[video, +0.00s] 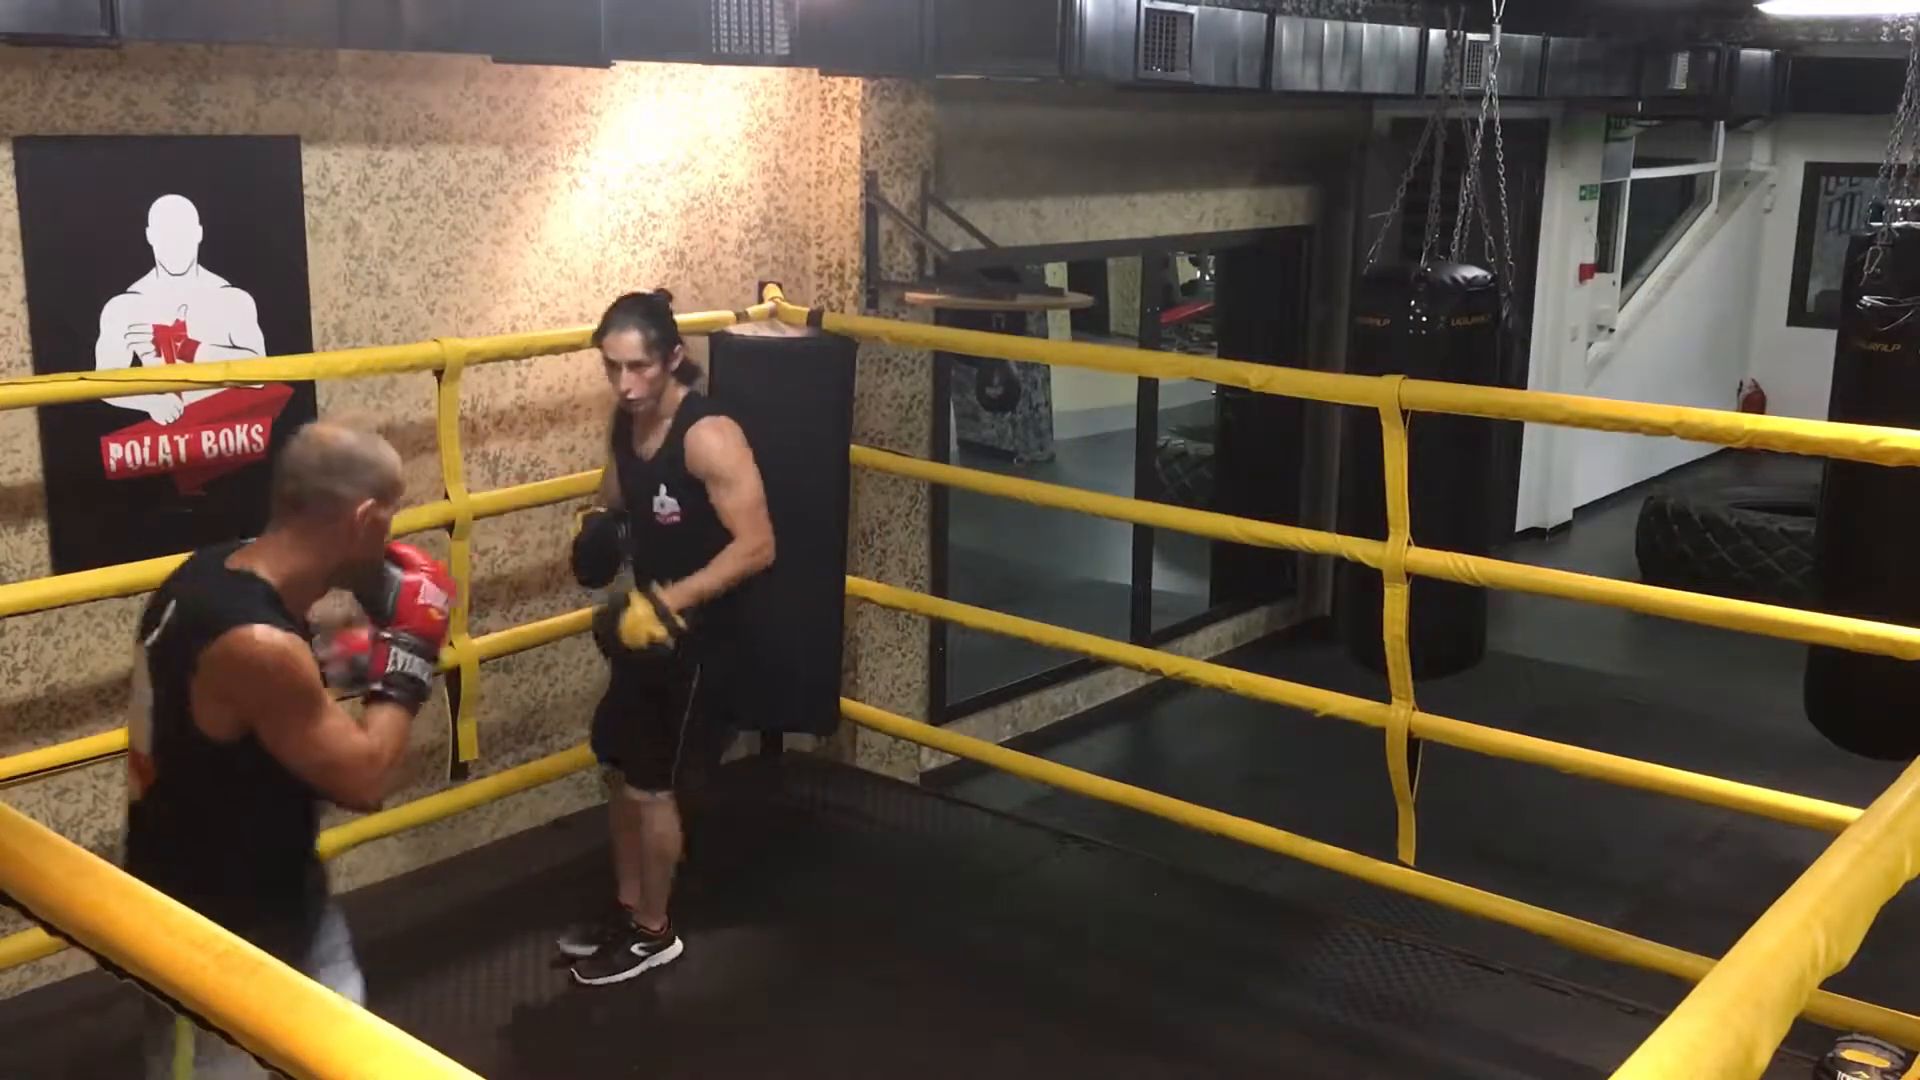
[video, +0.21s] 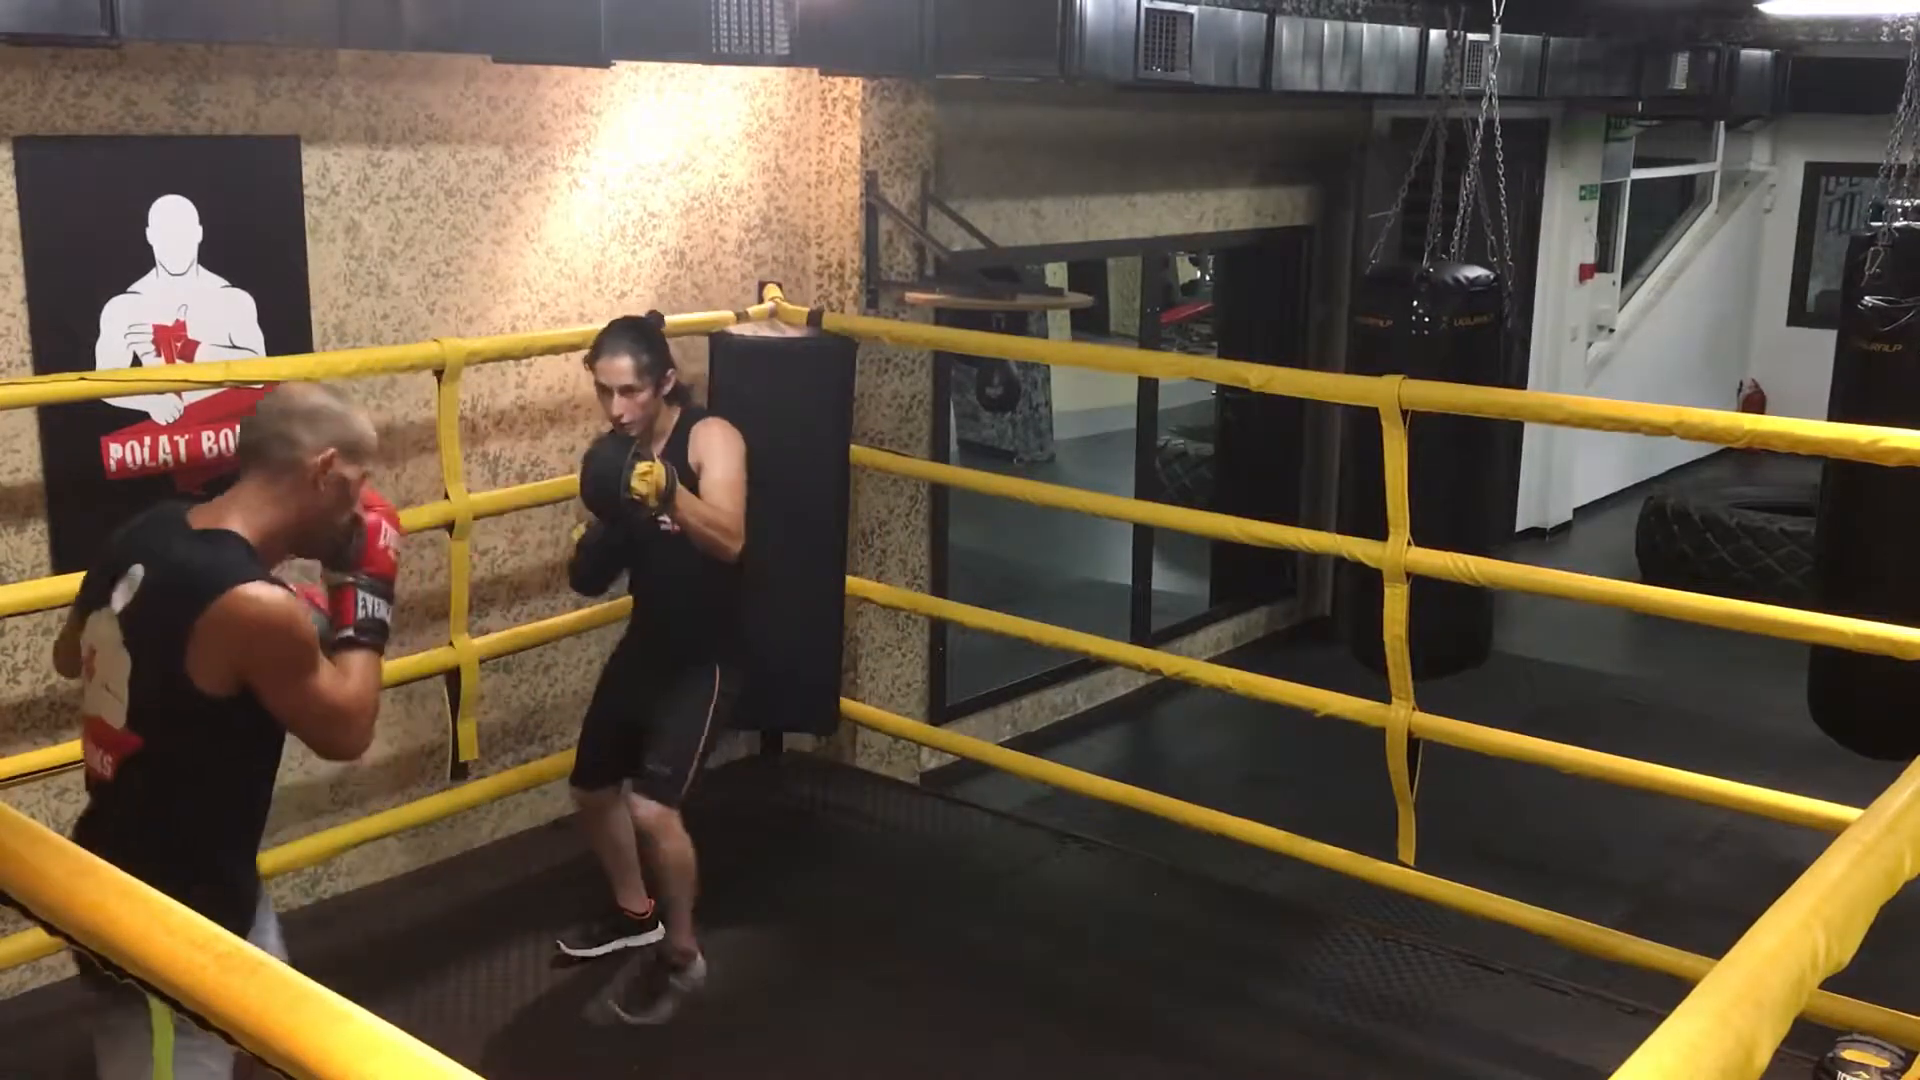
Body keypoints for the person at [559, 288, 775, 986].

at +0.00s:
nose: (626, 384)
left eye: (639, 366)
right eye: (614, 369)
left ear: (673, 358)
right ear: (606, 367)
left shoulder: (710, 435)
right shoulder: (628, 422)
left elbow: (758, 544)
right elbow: (617, 506)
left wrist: (667, 599)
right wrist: (596, 537)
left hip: (703, 636)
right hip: (648, 623)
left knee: (654, 780)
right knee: (620, 764)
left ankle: (655, 932)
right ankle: (629, 913)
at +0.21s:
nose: (617, 410)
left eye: (630, 391)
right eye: (605, 393)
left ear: (667, 382)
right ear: (596, 390)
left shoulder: (713, 439)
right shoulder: (616, 453)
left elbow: (729, 540)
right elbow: (590, 570)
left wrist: (660, 488)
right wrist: (607, 536)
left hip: (709, 645)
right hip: (646, 636)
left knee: (654, 804)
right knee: (593, 788)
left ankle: (683, 952)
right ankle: (635, 914)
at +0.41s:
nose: (619, 422)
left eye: (632, 406)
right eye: (610, 407)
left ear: (673, 396)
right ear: (606, 403)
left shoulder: (722, 456)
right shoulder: (621, 469)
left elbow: (736, 554)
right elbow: (606, 576)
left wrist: (668, 501)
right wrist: (615, 541)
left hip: (721, 670)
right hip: (654, 661)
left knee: (720, 844)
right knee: (608, 802)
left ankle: (763, 1032)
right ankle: (635, 915)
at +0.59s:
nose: (628, 431)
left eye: (640, 413)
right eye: (620, 415)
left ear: (686, 403)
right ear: (618, 411)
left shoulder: (742, 461)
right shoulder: (647, 477)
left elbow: (740, 563)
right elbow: (637, 599)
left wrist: (663, 505)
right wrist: (626, 562)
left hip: (742, 684)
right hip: (681, 675)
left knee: (737, 867)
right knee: (638, 808)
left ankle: (762, 1038)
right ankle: (676, 923)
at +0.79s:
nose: (634, 436)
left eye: (648, 417)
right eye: (626, 418)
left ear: (696, 407)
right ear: (622, 414)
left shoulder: (751, 468)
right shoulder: (657, 483)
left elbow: (749, 576)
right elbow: (630, 601)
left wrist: (670, 506)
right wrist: (631, 555)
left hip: (762, 695)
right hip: (704, 690)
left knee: (729, 874)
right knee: (679, 858)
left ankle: (791, 1062)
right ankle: (778, 986)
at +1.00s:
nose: (624, 438)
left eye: (637, 421)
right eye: (619, 421)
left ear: (690, 413)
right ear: (665, 416)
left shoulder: (742, 485)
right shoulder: (682, 476)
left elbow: (707, 601)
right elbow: (697, 580)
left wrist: (624, 534)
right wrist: (633, 574)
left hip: (782, 710)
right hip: (729, 700)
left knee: (745, 910)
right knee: (693, 849)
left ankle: (803, 1069)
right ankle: (778, 988)